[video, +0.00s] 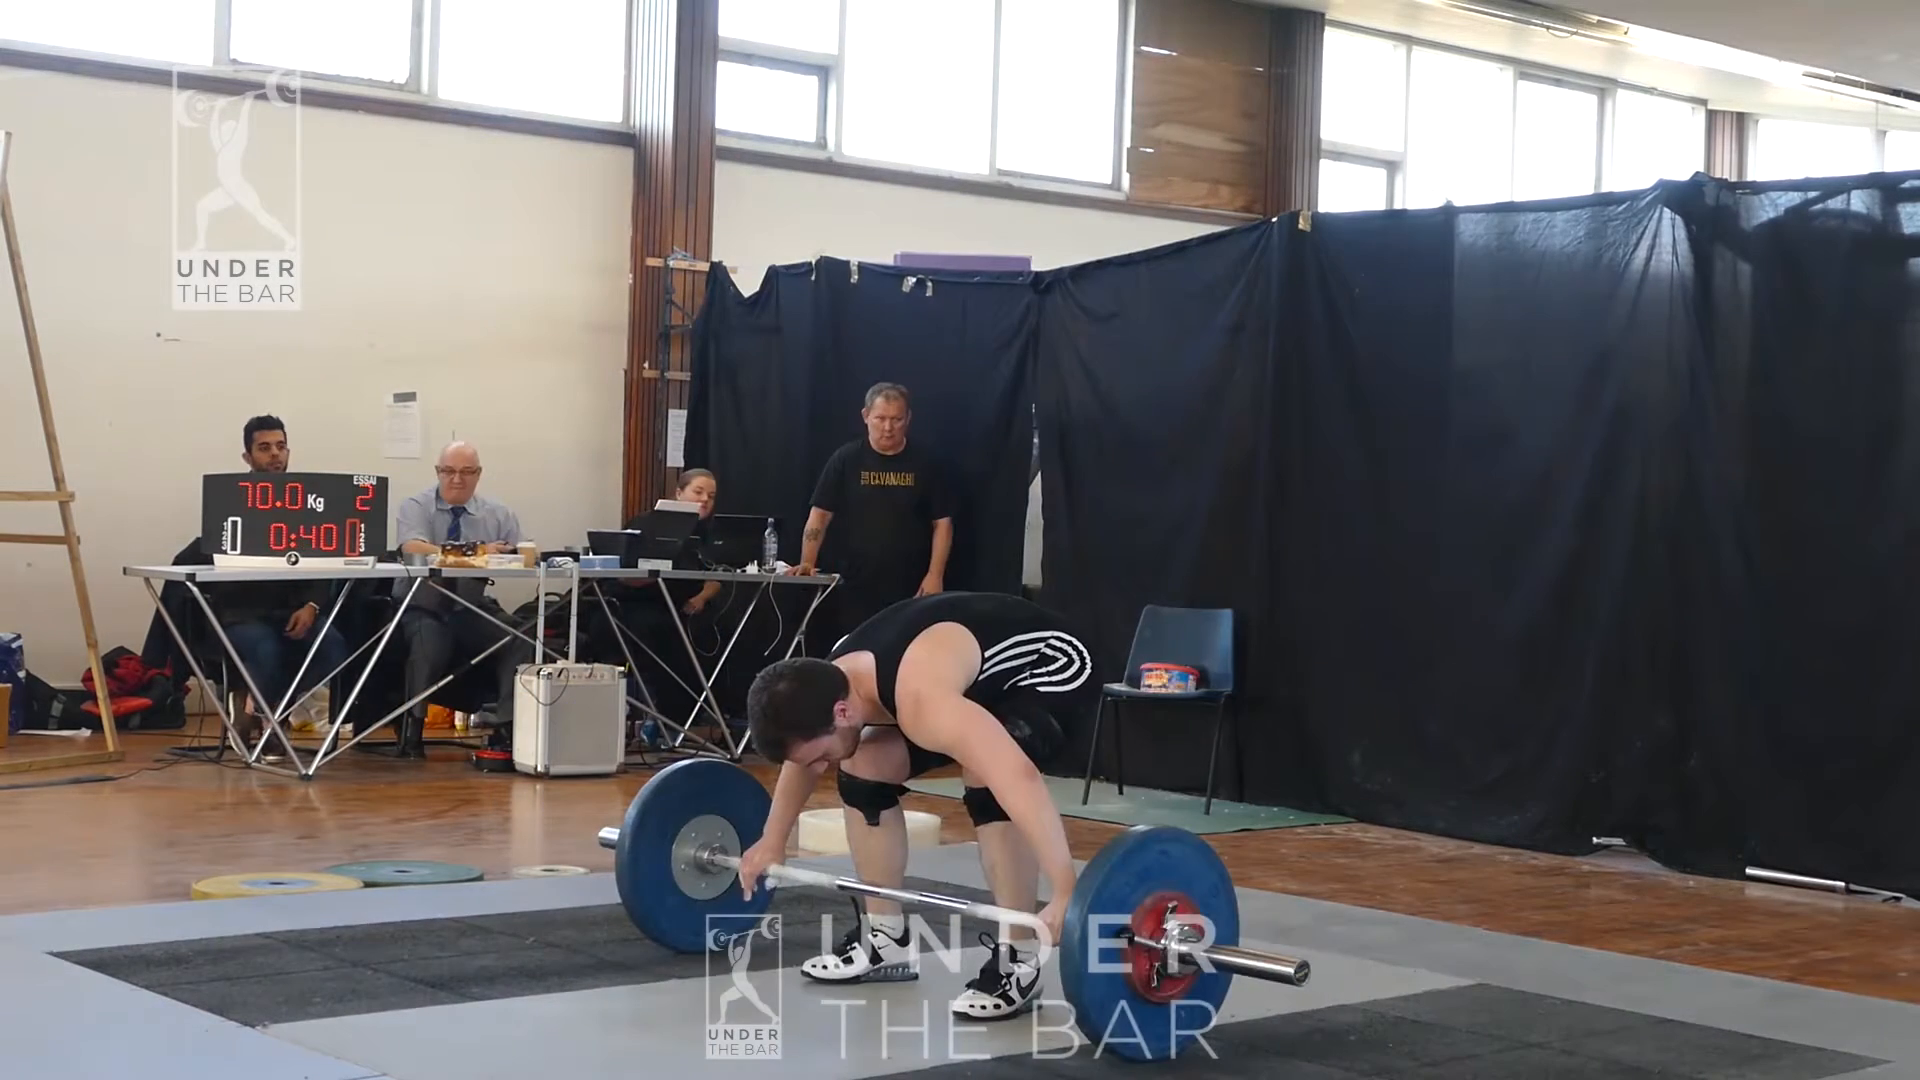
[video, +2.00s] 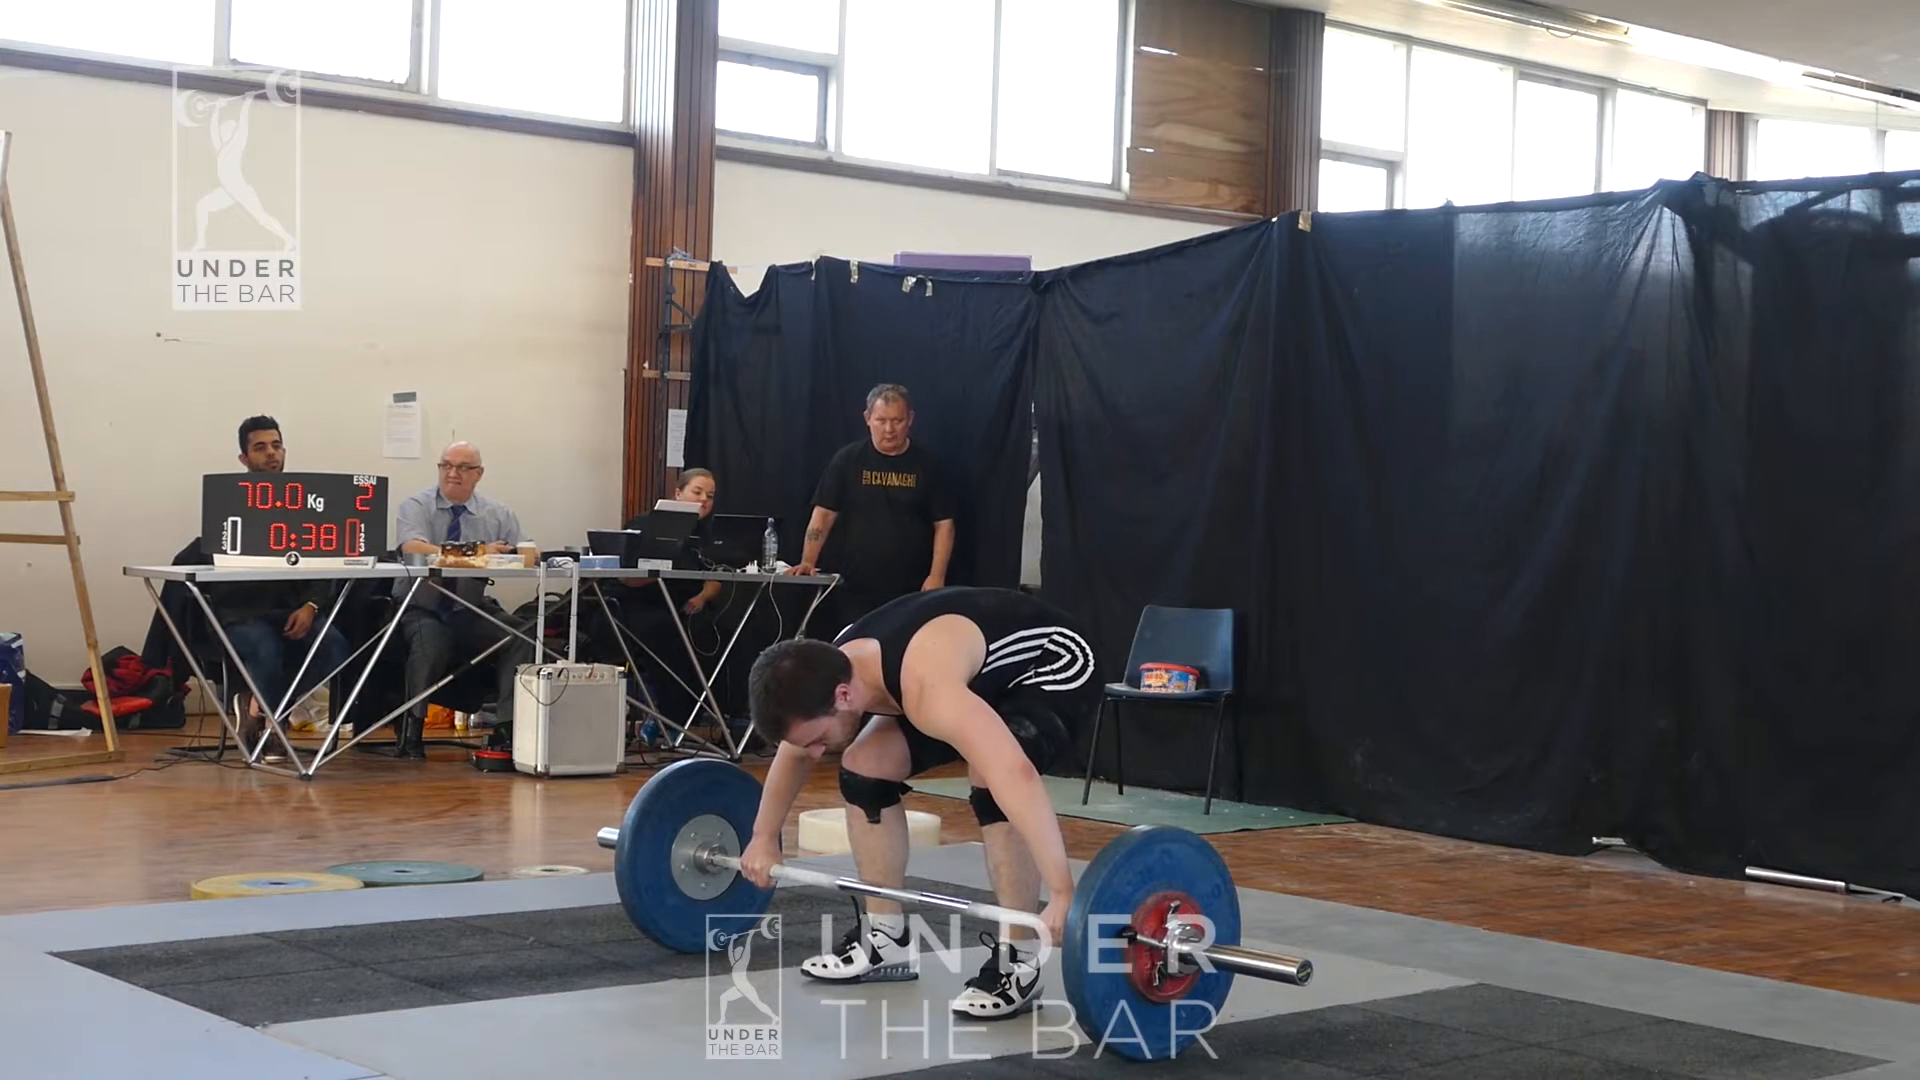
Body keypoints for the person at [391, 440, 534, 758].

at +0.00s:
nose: (457, 479)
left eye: (466, 472)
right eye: (449, 471)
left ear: (479, 475)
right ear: (437, 472)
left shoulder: (499, 514)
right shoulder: (415, 506)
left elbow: (527, 557)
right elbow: (411, 548)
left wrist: (499, 554)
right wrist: (469, 552)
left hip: (475, 606)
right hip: (424, 606)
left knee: (517, 640)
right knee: (429, 643)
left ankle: (508, 731)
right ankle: (413, 732)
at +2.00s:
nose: (453, 474)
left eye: (463, 468)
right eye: (446, 466)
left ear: (479, 474)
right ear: (438, 469)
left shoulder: (499, 514)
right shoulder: (416, 505)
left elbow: (530, 555)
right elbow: (411, 546)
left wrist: (501, 552)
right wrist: (464, 554)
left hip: (475, 608)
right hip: (423, 607)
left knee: (519, 638)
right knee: (430, 643)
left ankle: (507, 731)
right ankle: (412, 734)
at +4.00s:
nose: (462, 475)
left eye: (471, 468)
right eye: (453, 468)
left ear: (480, 473)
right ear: (439, 472)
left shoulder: (499, 514)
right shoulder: (416, 506)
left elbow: (529, 556)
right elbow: (411, 549)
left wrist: (500, 552)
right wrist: (468, 553)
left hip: (475, 608)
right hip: (424, 608)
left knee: (519, 639)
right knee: (431, 642)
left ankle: (507, 730)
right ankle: (412, 732)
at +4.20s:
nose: (463, 474)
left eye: (472, 468)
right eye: (454, 468)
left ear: (481, 473)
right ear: (439, 471)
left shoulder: (499, 515)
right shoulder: (416, 506)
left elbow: (530, 555)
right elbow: (411, 548)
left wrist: (501, 552)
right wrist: (469, 554)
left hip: (475, 608)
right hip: (424, 608)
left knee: (520, 637)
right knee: (431, 642)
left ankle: (508, 729)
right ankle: (412, 733)